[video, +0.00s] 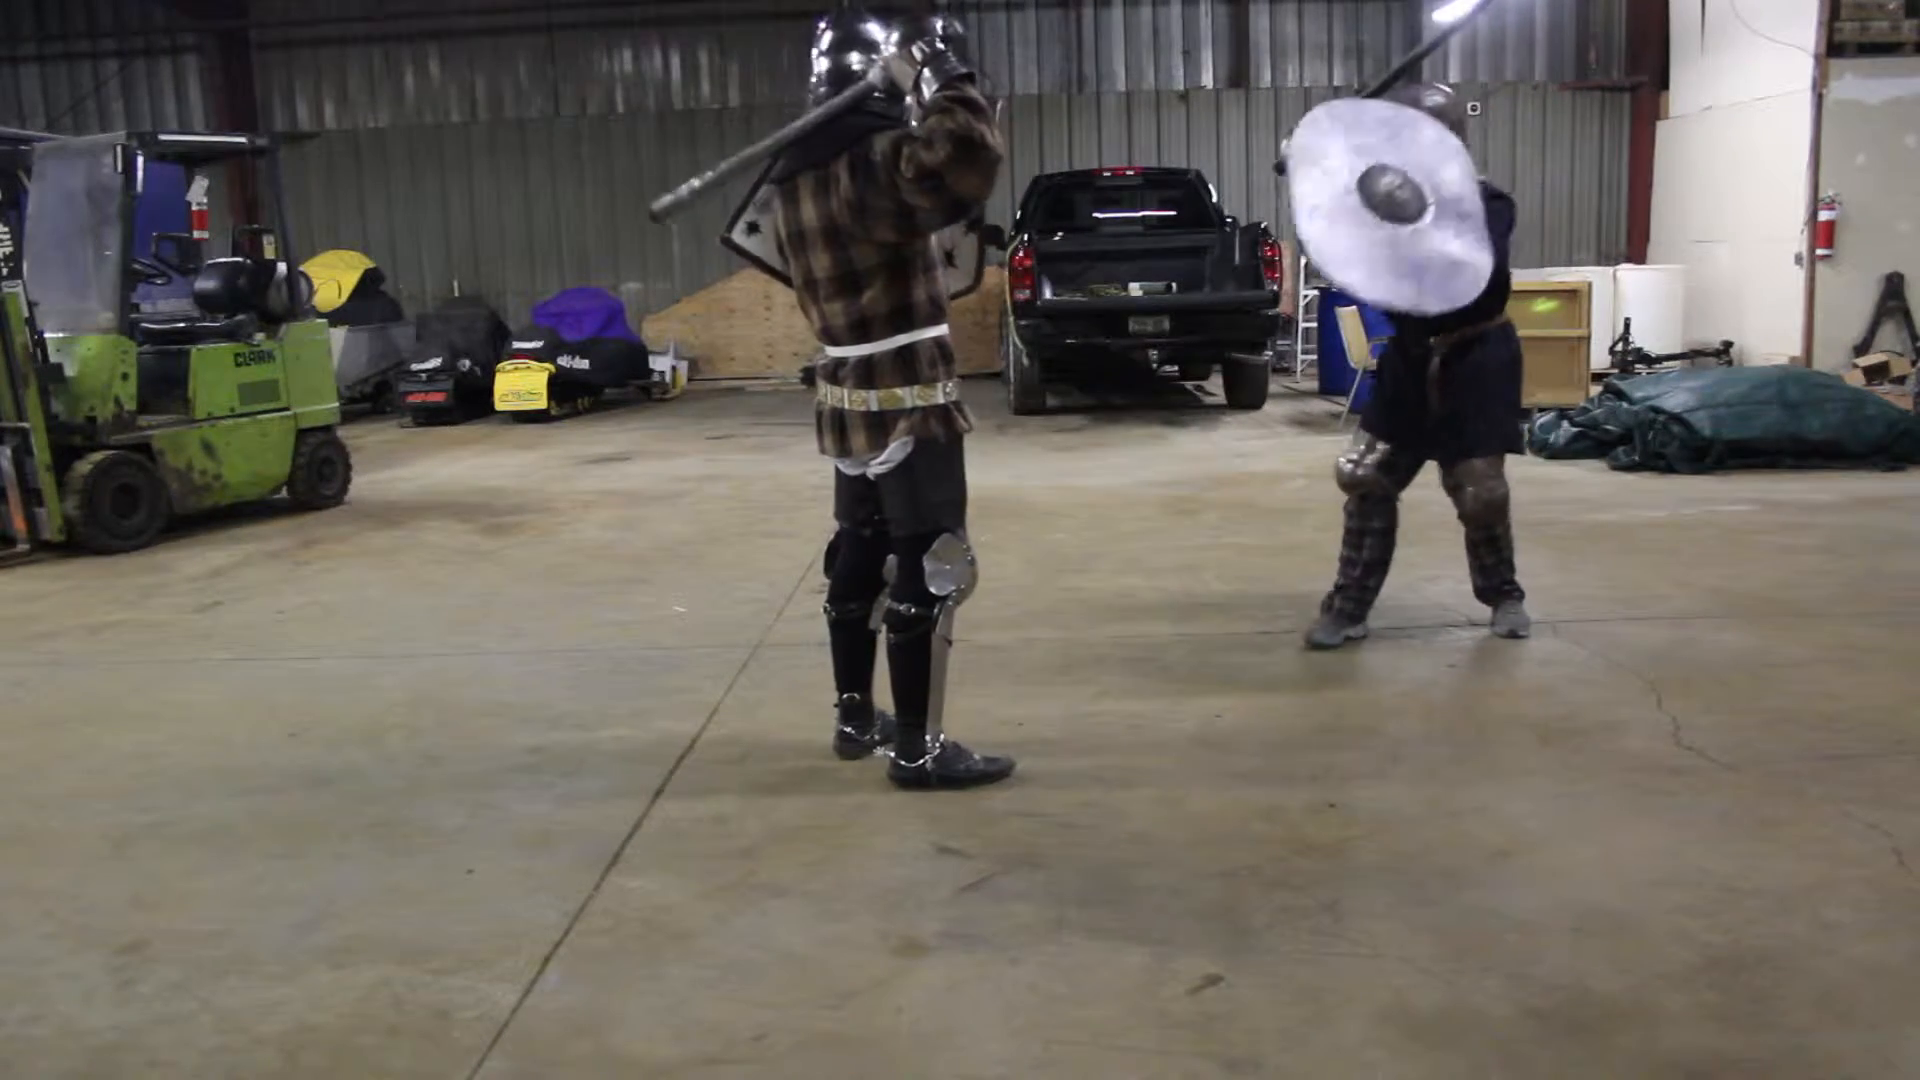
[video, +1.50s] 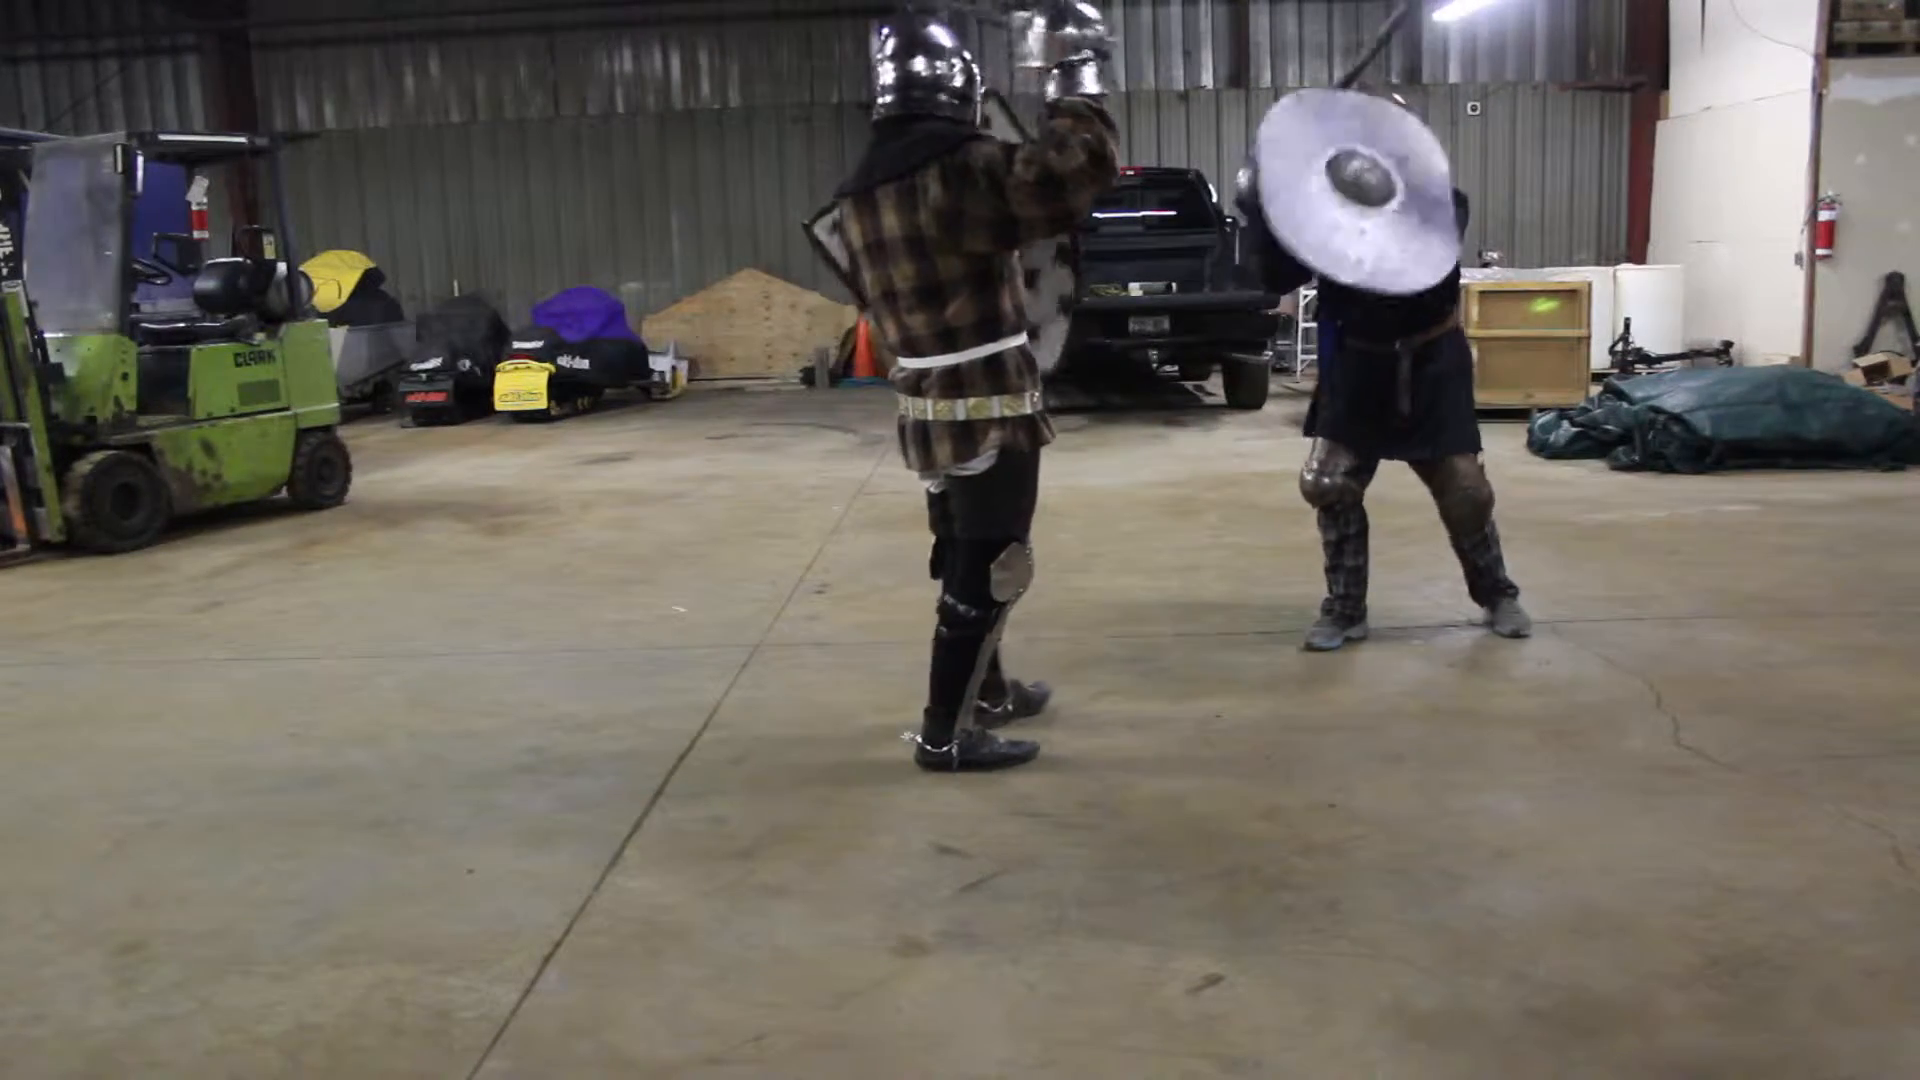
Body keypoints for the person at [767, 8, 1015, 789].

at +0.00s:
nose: (905, 81)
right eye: (901, 59)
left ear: (822, 74)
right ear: (878, 75)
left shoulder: (791, 172)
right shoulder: (869, 165)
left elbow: (795, 273)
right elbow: (966, 158)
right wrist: (938, 63)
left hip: (847, 398)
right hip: (909, 399)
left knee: (860, 548)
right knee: (928, 564)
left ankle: (855, 716)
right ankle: (919, 744)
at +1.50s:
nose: (975, 97)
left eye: (970, 85)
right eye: (969, 84)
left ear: (886, 92)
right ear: (957, 86)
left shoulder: (863, 193)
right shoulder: (968, 169)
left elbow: (873, 297)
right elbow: (1074, 173)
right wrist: (1076, 78)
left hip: (927, 408)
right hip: (991, 408)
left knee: (965, 554)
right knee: (984, 573)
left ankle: (987, 688)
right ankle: (946, 732)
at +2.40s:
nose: (1021, 119)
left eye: (1013, 108)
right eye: (1017, 108)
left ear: (941, 115)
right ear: (1010, 113)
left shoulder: (915, 195)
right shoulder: (1012, 195)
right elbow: (1122, 264)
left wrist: (1095, 204)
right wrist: (1149, 202)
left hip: (938, 420)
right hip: (998, 425)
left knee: (995, 552)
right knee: (1033, 583)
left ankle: (1008, 674)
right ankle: (948, 727)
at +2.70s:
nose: (1026, 129)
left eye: (1018, 117)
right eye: (1022, 116)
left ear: (945, 118)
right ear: (1015, 119)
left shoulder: (918, 199)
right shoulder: (1016, 200)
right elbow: (1117, 277)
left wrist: (1085, 204)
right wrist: (1154, 216)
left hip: (936, 422)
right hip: (996, 426)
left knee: (999, 550)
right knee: (1048, 585)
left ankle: (1009, 673)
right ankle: (960, 731)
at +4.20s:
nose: (1028, 122)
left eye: (1023, 110)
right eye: (1024, 110)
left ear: (943, 110)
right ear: (1016, 111)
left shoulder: (911, 198)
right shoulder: (1019, 193)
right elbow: (1126, 269)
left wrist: (1085, 205)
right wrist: (1148, 206)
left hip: (939, 422)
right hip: (1005, 425)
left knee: (990, 553)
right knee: (1037, 591)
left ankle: (1009, 674)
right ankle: (963, 740)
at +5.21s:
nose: (1104, 129)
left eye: (1099, 115)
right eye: (1100, 116)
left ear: (1011, 111)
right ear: (1088, 121)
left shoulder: (960, 200)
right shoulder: (1096, 209)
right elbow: (1208, 252)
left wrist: (1140, 202)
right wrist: (1213, 194)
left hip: (971, 455)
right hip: (1059, 461)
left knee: (992, 558)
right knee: (1146, 600)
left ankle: (963, 701)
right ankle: (1068, 765)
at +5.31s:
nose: (1105, 113)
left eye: (1097, 99)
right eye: (1100, 99)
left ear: (1010, 92)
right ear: (1089, 103)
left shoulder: (957, 185)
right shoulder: (1094, 196)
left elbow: (938, 280)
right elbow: (1197, 264)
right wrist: (1216, 202)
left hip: (966, 445)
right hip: (1059, 453)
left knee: (971, 581)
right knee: (1136, 597)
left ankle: (932, 729)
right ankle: (1068, 764)